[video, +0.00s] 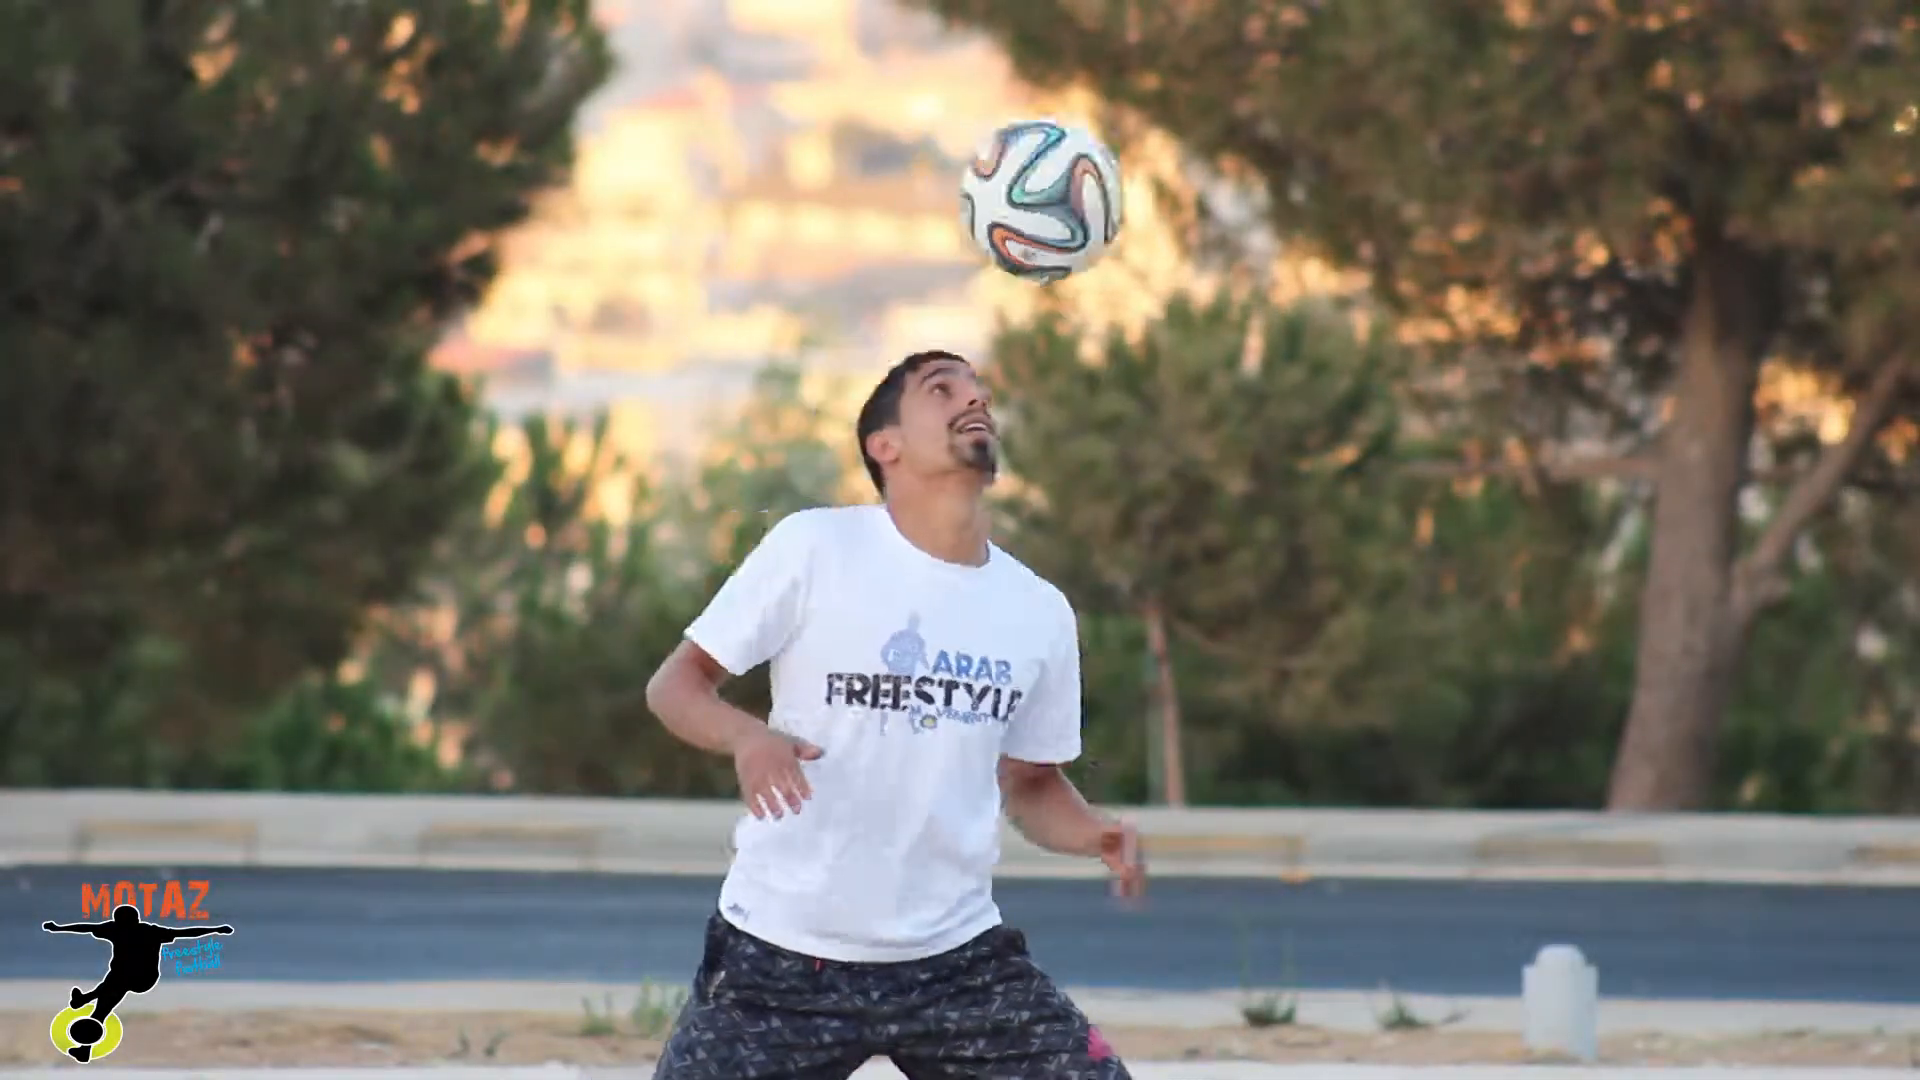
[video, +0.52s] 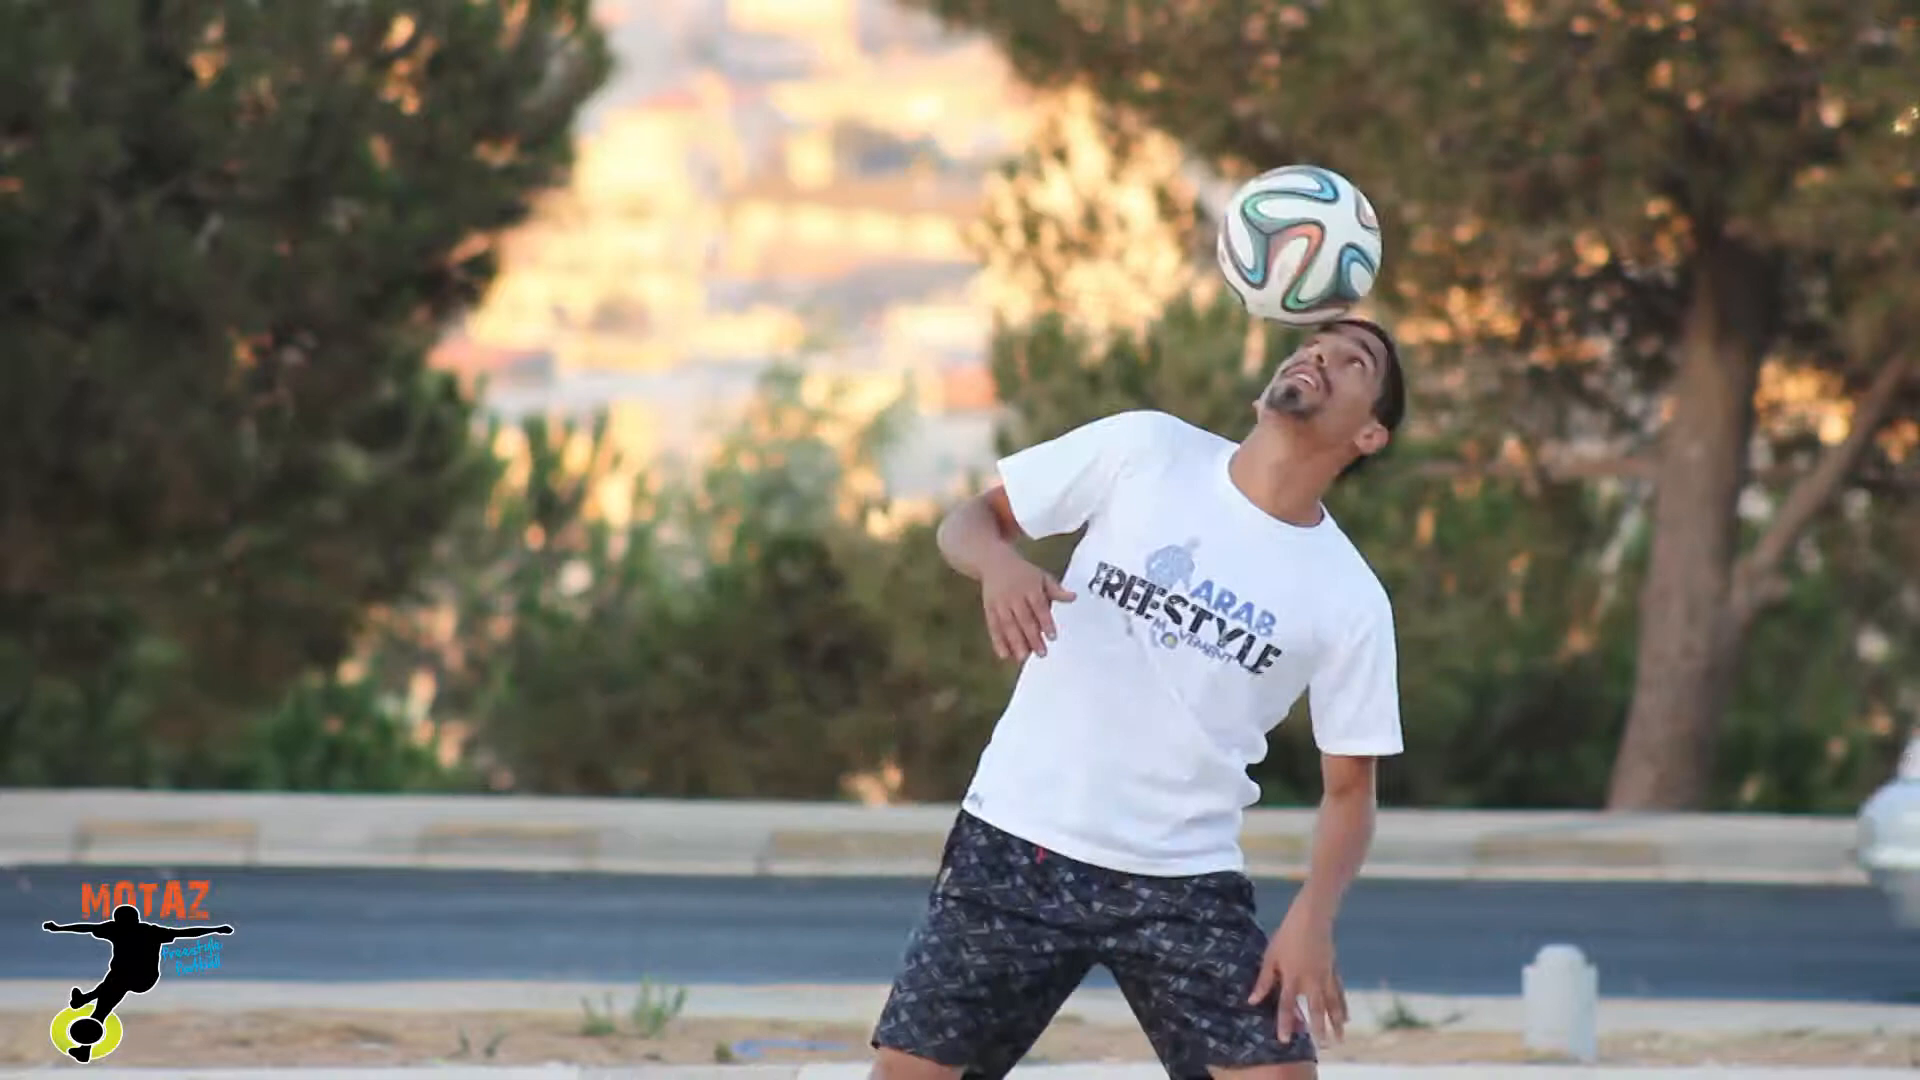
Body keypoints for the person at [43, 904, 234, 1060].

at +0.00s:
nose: (118, 926)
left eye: (118, 922)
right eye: (120, 923)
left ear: (117, 920)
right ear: (137, 918)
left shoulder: (113, 929)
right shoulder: (154, 931)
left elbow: (85, 928)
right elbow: (186, 932)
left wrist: (58, 928)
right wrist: (216, 929)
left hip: (122, 977)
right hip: (148, 981)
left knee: (102, 1010)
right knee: (114, 976)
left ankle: (85, 1048)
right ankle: (83, 999)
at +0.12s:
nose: (118, 926)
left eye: (118, 922)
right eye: (120, 923)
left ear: (117, 920)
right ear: (137, 918)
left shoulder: (113, 929)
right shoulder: (154, 931)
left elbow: (85, 928)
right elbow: (186, 932)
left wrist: (58, 928)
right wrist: (216, 929)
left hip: (122, 977)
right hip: (148, 981)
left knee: (102, 1010)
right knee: (114, 976)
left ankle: (85, 1048)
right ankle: (83, 999)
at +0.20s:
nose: (118, 926)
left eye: (118, 922)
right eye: (120, 923)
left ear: (117, 920)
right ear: (137, 918)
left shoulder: (113, 929)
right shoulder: (154, 931)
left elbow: (85, 928)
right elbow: (186, 932)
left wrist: (58, 928)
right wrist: (216, 929)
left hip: (122, 977)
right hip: (148, 981)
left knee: (102, 1010)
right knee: (114, 976)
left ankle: (85, 1048)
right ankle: (83, 999)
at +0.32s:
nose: (118, 926)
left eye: (118, 922)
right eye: (120, 923)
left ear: (117, 920)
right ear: (137, 918)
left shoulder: (113, 929)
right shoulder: (154, 931)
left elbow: (85, 928)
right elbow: (186, 933)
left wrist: (58, 928)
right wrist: (216, 929)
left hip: (122, 977)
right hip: (148, 981)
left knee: (102, 1011)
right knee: (114, 977)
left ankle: (85, 1049)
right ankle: (83, 999)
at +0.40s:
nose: (118, 926)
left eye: (118, 922)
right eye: (120, 923)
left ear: (117, 920)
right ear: (137, 918)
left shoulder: (113, 929)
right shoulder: (154, 931)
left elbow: (85, 928)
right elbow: (186, 933)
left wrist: (58, 928)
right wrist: (216, 929)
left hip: (122, 977)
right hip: (148, 981)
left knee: (102, 1011)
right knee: (114, 977)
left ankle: (85, 1049)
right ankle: (83, 999)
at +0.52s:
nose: (117, 926)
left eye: (117, 923)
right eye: (119, 923)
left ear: (117, 920)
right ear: (137, 918)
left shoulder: (113, 929)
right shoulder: (154, 931)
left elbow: (85, 928)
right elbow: (186, 933)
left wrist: (58, 928)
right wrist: (216, 929)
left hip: (121, 977)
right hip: (148, 981)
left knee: (102, 1010)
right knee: (111, 980)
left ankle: (85, 1049)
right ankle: (82, 1000)